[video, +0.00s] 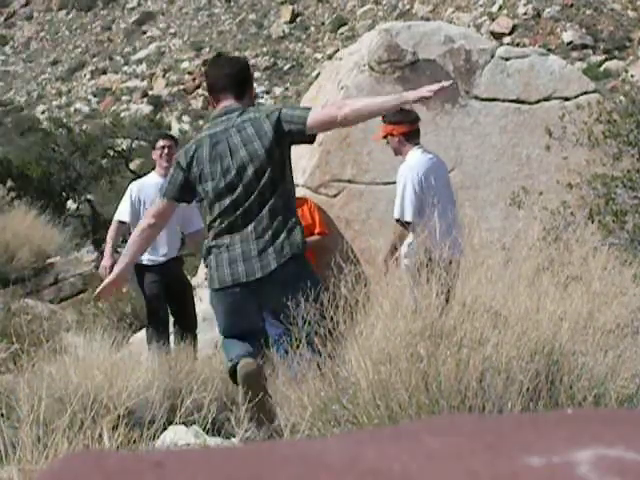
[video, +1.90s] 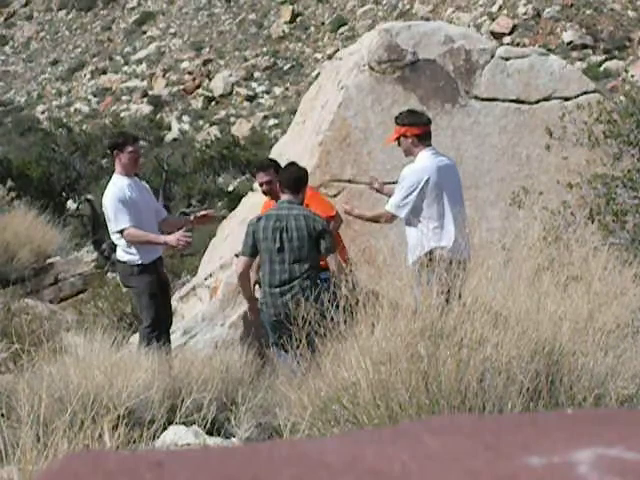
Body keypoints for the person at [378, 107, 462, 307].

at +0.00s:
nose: (388, 145)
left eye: (388, 139)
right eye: (387, 139)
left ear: (398, 138)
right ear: (415, 135)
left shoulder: (409, 169)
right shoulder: (436, 161)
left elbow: (404, 223)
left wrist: (390, 253)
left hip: (423, 250)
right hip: (448, 246)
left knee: (421, 309)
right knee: (443, 309)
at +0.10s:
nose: (392, 147)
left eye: (392, 141)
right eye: (391, 142)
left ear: (401, 139)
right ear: (417, 137)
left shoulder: (412, 169)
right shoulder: (438, 161)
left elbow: (393, 223)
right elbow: (422, 209)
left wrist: (363, 246)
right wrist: (384, 227)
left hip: (425, 252)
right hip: (450, 248)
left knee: (423, 312)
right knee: (442, 311)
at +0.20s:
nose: (392, 145)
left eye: (393, 139)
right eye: (391, 140)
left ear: (405, 139)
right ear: (418, 137)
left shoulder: (414, 171)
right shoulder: (440, 162)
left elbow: (385, 220)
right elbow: (422, 198)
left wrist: (357, 222)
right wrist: (387, 200)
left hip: (427, 256)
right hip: (451, 251)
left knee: (425, 319)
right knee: (444, 316)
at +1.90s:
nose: (399, 146)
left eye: (400, 140)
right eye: (398, 141)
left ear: (410, 139)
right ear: (427, 137)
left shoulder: (416, 171)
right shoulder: (447, 164)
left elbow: (388, 216)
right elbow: (421, 196)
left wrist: (355, 213)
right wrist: (384, 190)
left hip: (431, 257)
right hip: (458, 253)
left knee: (429, 318)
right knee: (453, 315)